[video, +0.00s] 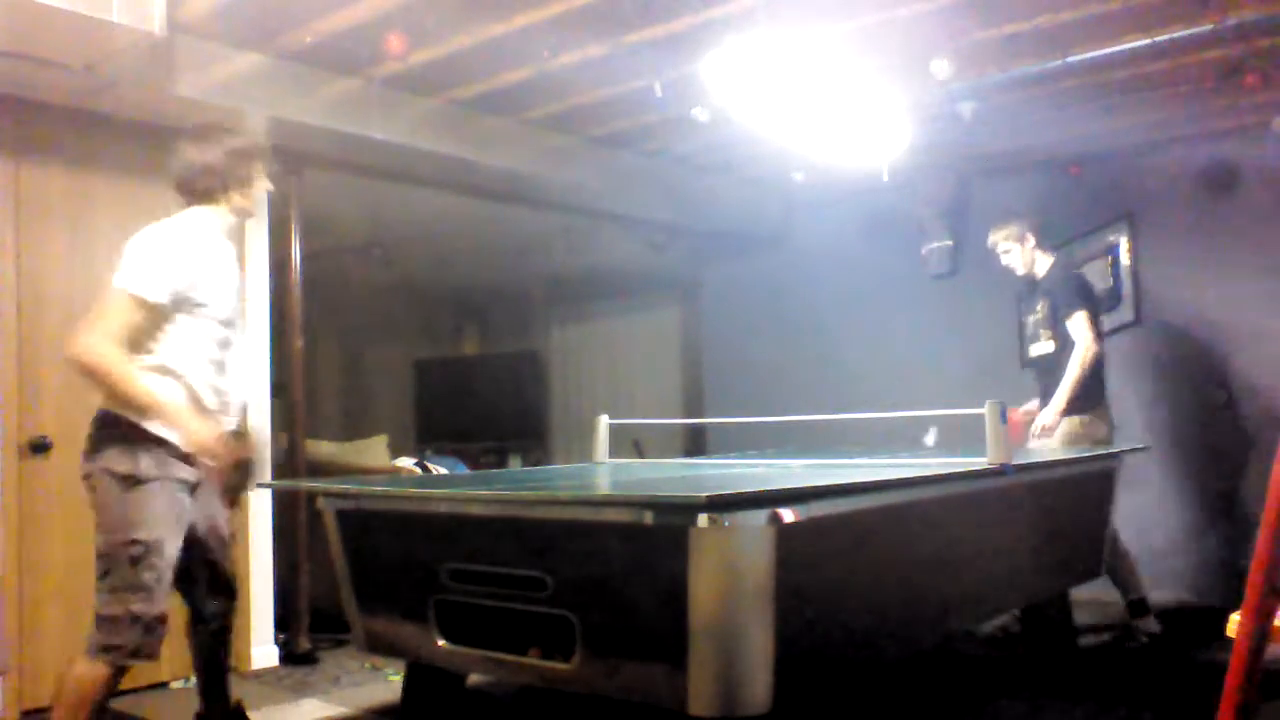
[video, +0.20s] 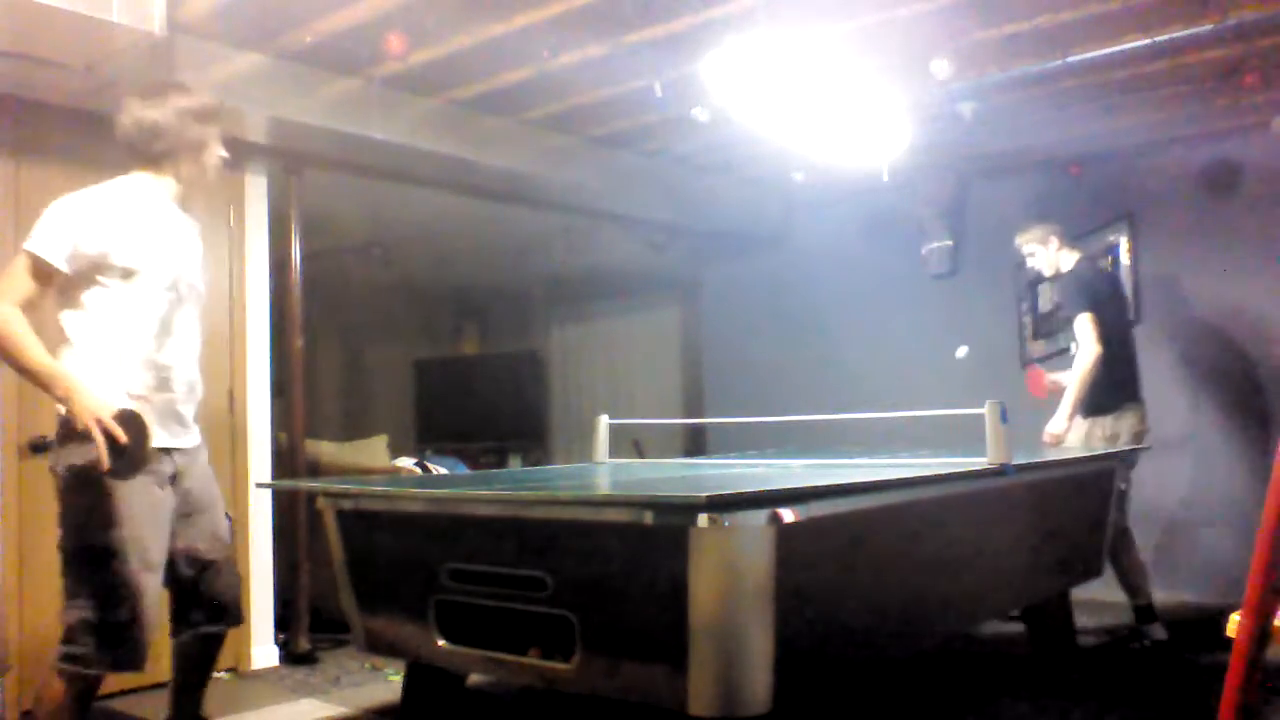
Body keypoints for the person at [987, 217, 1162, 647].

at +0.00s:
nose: (1004, 262)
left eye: (1007, 251)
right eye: (999, 255)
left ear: (1030, 241)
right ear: (1013, 251)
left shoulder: (1062, 279)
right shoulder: (1035, 289)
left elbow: (1089, 345)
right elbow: (1054, 358)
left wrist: (1055, 407)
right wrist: (1036, 404)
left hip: (1080, 420)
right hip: (1057, 421)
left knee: (1048, 524)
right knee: (1093, 522)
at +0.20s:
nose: (1032, 266)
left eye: (1033, 256)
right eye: (1028, 259)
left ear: (1053, 244)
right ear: (1058, 243)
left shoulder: (1074, 280)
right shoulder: (1100, 274)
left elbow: (1091, 349)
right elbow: (1108, 357)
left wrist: (1063, 414)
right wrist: (1063, 380)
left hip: (1099, 419)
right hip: (1125, 414)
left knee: (1065, 518)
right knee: (1115, 523)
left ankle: (1046, 621)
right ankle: (1147, 620)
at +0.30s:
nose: (1045, 258)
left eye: (1047, 247)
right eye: (1040, 250)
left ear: (1070, 237)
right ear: (1072, 239)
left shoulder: (1088, 274)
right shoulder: (1106, 270)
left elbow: (1102, 348)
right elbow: (1094, 350)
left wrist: (1073, 412)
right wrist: (1032, 360)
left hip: (1113, 415)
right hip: (1132, 412)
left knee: (1097, 511)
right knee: (1122, 519)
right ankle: (1148, 618)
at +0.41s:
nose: (1057, 249)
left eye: (1061, 238)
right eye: (1053, 242)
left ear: (1087, 230)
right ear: (1065, 241)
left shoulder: (1108, 274)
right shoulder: (1090, 279)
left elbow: (1112, 348)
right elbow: (1066, 333)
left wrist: (1083, 410)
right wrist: (1012, 331)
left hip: (1135, 413)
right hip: (1115, 413)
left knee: (1124, 521)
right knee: (1119, 520)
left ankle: (1151, 618)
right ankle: (1167, 593)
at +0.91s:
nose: (1052, 246)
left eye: (1058, 237)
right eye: (1047, 240)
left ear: (1080, 237)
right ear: (1048, 246)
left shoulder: (1108, 283)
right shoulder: (1067, 289)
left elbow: (1133, 356)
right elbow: (1076, 345)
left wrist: (1130, 420)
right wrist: (1052, 374)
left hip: (1129, 416)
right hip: (1094, 419)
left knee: (1125, 514)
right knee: (1098, 511)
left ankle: (1143, 612)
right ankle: (1136, 606)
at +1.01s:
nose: (1044, 243)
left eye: (1051, 234)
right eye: (1039, 237)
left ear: (1075, 233)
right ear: (1038, 243)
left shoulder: (1101, 278)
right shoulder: (1052, 287)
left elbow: (1125, 350)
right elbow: (1061, 347)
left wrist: (1124, 415)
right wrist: (1035, 380)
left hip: (1119, 417)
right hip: (1080, 420)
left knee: (1123, 521)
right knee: (1072, 514)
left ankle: (1143, 615)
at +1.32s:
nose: (1014, 257)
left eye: (1020, 248)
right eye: (1010, 251)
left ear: (1045, 243)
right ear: (1012, 256)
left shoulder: (1078, 285)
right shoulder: (1026, 299)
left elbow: (1119, 346)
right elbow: (1036, 364)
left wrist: (1105, 414)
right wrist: (1004, 404)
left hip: (1092, 425)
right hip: (1052, 426)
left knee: (1103, 522)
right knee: (1045, 520)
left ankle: (1140, 610)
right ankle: (1037, 609)